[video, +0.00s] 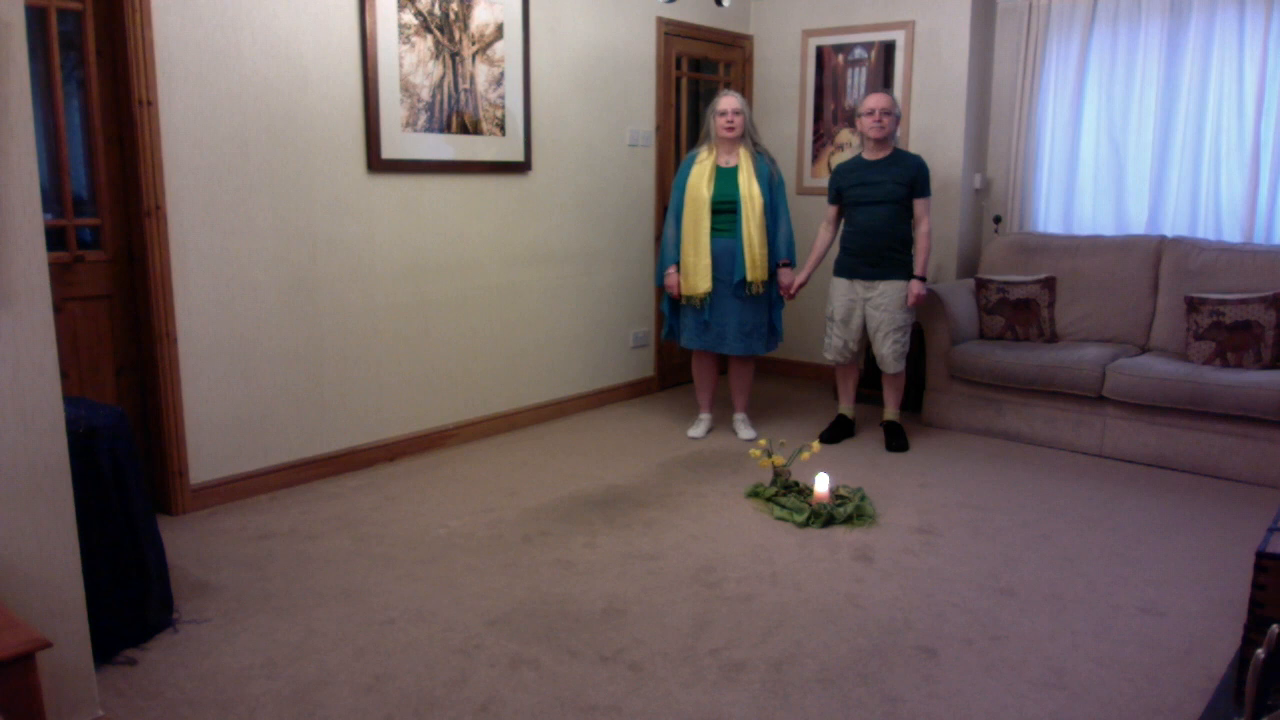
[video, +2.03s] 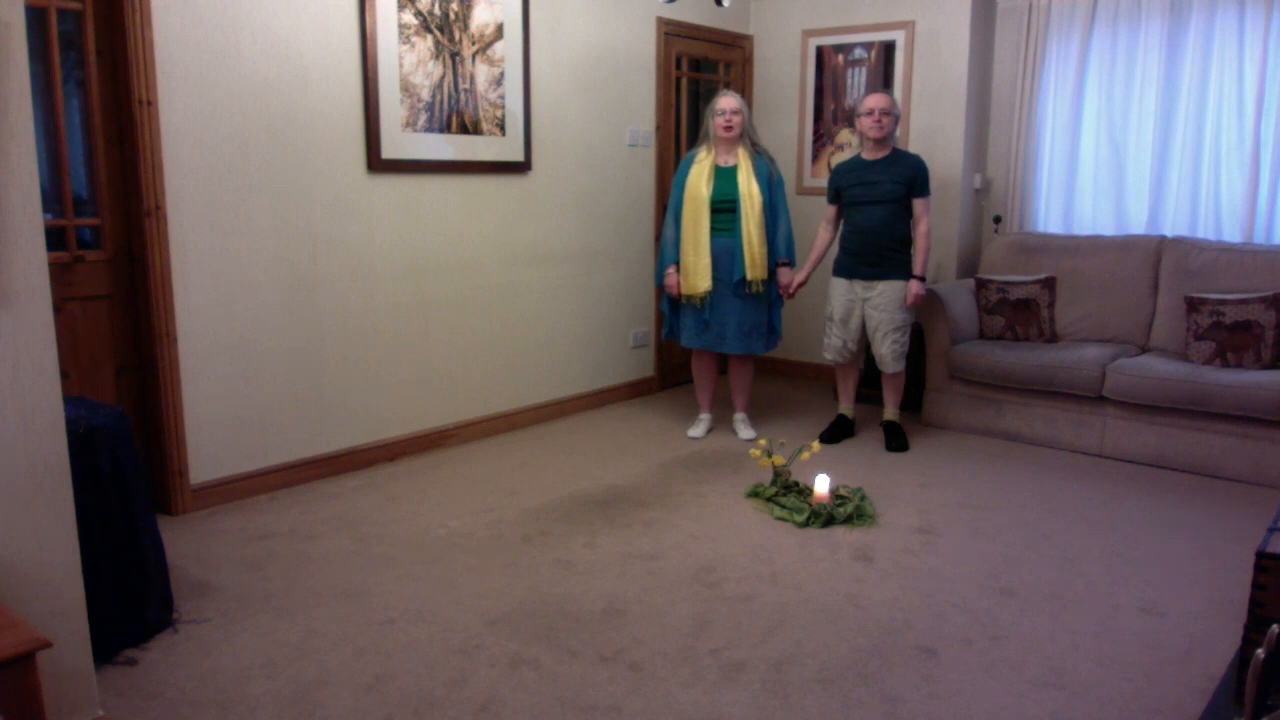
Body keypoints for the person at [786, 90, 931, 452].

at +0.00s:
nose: (878, 119)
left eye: (885, 113)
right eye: (870, 114)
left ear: (897, 121)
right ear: (858, 123)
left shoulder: (913, 167)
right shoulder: (843, 172)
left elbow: (922, 224)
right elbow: (829, 226)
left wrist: (919, 276)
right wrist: (804, 273)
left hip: (893, 279)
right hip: (848, 277)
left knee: (892, 355)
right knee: (843, 349)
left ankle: (892, 420)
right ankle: (845, 415)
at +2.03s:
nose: (877, 119)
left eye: (885, 114)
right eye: (870, 114)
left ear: (896, 121)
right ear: (857, 122)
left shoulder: (912, 167)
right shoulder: (842, 172)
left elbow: (922, 224)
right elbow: (828, 227)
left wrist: (918, 276)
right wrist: (804, 272)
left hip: (892, 279)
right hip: (847, 277)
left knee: (891, 354)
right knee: (843, 349)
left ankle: (891, 420)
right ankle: (845, 415)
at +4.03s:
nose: (879, 119)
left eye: (887, 113)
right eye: (871, 114)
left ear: (898, 121)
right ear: (858, 122)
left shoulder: (913, 166)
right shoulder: (843, 172)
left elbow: (923, 224)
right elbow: (829, 226)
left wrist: (920, 276)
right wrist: (805, 272)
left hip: (893, 279)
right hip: (848, 277)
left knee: (891, 354)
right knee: (843, 348)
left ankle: (892, 420)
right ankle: (845, 415)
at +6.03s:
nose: (881, 119)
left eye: (888, 113)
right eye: (873, 113)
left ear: (900, 121)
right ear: (860, 122)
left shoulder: (914, 166)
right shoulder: (844, 172)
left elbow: (924, 224)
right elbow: (830, 227)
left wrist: (921, 276)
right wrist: (806, 273)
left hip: (894, 278)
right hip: (849, 276)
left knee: (893, 354)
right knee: (844, 349)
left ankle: (892, 420)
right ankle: (845, 415)